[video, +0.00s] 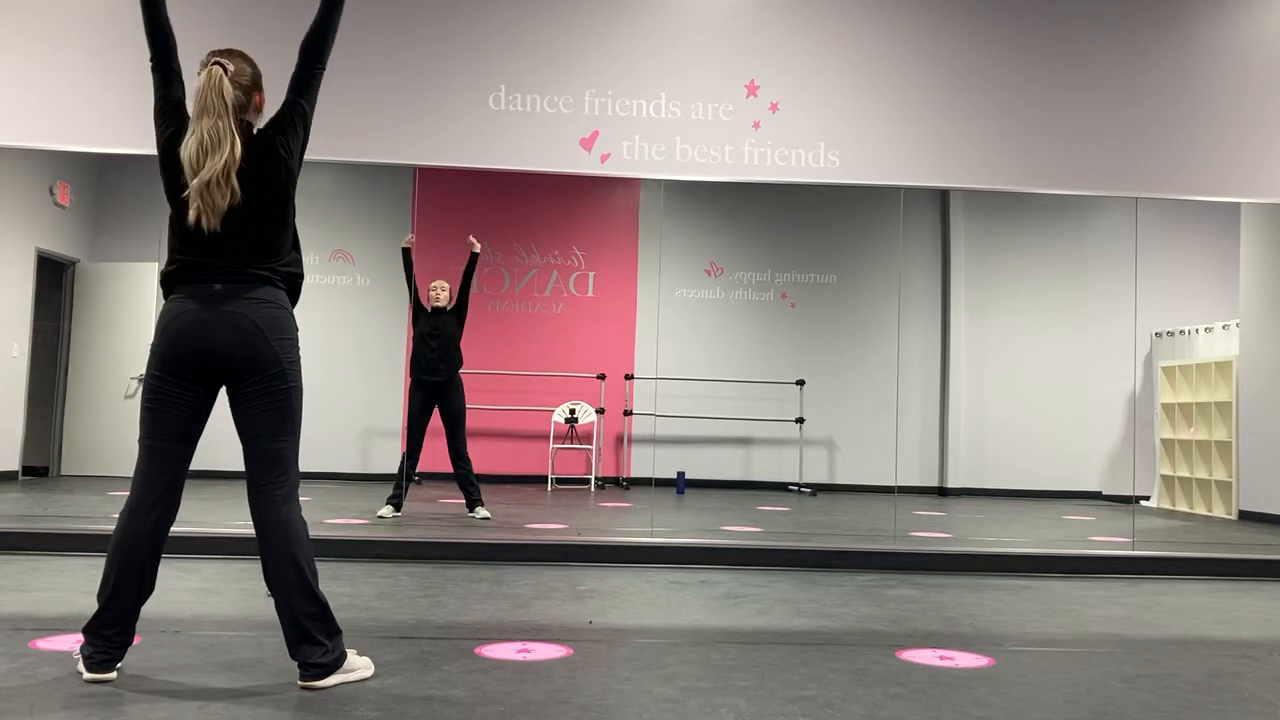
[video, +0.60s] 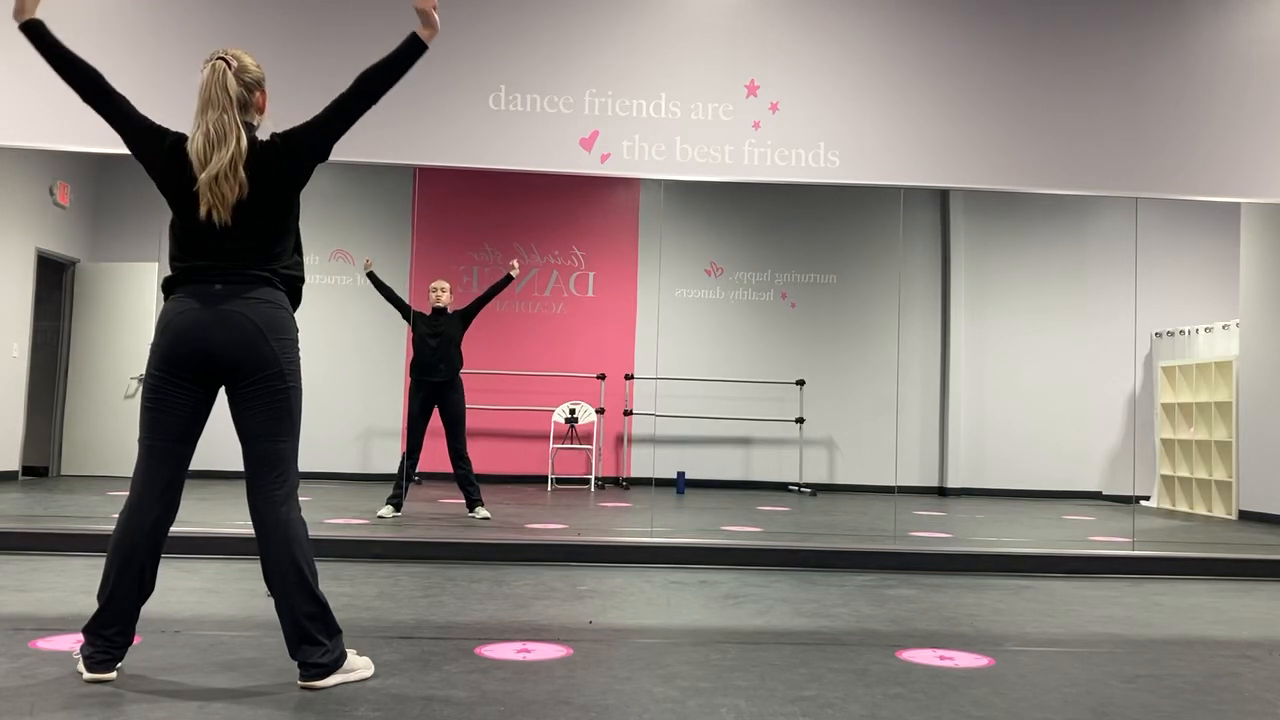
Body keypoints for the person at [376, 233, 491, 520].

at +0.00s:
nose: (437, 291)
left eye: (442, 289)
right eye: (434, 288)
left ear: (450, 296)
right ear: (428, 295)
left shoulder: (456, 316)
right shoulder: (420, 315)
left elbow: (465, 286)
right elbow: (410, 283)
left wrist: (474, 254)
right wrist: (406, 249)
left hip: (450, 387)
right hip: (421, 387)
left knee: (458, 447)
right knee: (412, 448)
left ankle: (475, 504)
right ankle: (394, 503)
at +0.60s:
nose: (438, 294)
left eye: (443, 290)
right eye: (434, 290)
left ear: (451, 297)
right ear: (428, 296)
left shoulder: (459, 319)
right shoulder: (417, 319)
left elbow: (485, 297)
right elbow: (392, 297)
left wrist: (510, 275)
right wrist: (370, 273)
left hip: (451, 389)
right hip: (421, 389)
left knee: (458, 449)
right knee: (412, 449)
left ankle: (475, 505)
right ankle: (394, 504)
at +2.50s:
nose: (435, 295)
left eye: (440, 292)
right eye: (431, 291)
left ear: (447, 297)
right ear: (425, 296)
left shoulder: (456, 322)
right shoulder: (414, 324)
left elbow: (460, 354)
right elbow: (405, 355)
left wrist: (441, 368)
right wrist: (417, 379)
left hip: (446, 388)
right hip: (418, 388)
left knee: (457, 446)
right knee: (408, 446)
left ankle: (475, 504)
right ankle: (393, 503)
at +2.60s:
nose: (436, 293)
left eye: (441, 290)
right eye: (433, 289)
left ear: (448, 296)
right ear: (426, 295)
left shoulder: (456, 321)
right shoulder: (416, 322)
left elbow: (460, 348)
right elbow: (409, 350)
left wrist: (436, 333)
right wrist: (436, 367)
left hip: (449, 387)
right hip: (421, 386)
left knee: (461, 445)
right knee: (410, 445)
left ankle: (481, 503)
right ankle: (393, 502)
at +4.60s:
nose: (442, 294)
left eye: (447, 291)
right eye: (438, 290)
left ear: (454, 299)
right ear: (431, 297)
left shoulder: (462, 322)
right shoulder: (420, 324)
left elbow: (466, 345)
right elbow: (416, 355)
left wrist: (451, 317)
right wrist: (448, 353)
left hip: (457, 390)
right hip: (427, 390)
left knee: (466, 448)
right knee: (413, 448)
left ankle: (482, 504)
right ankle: (394, 504)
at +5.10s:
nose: (442, 295)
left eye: (447, 291)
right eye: (439, 291)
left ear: (455, 298)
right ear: (433, 297)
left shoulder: (462, 324)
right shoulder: (421, 322)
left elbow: (463, 346)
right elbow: (415, 351)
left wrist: (448, 319)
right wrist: (443, 352)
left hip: (450, 389)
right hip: (422, 387)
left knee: (461, 447)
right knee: (411, 446)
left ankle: (482, 504)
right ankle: (394, 503)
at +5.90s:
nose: (443, 294)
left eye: (447, 291)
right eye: (439, 291)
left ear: (455, 298)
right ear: (432, 297)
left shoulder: (463, 323)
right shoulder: (421, 323)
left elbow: (469, 346)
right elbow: (416, 351)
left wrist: (453, 318)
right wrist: (449, 351)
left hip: (456, 389)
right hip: (426, 389)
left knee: (465, 448)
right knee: (413, 448)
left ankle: (482, 504)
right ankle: (394, 504)